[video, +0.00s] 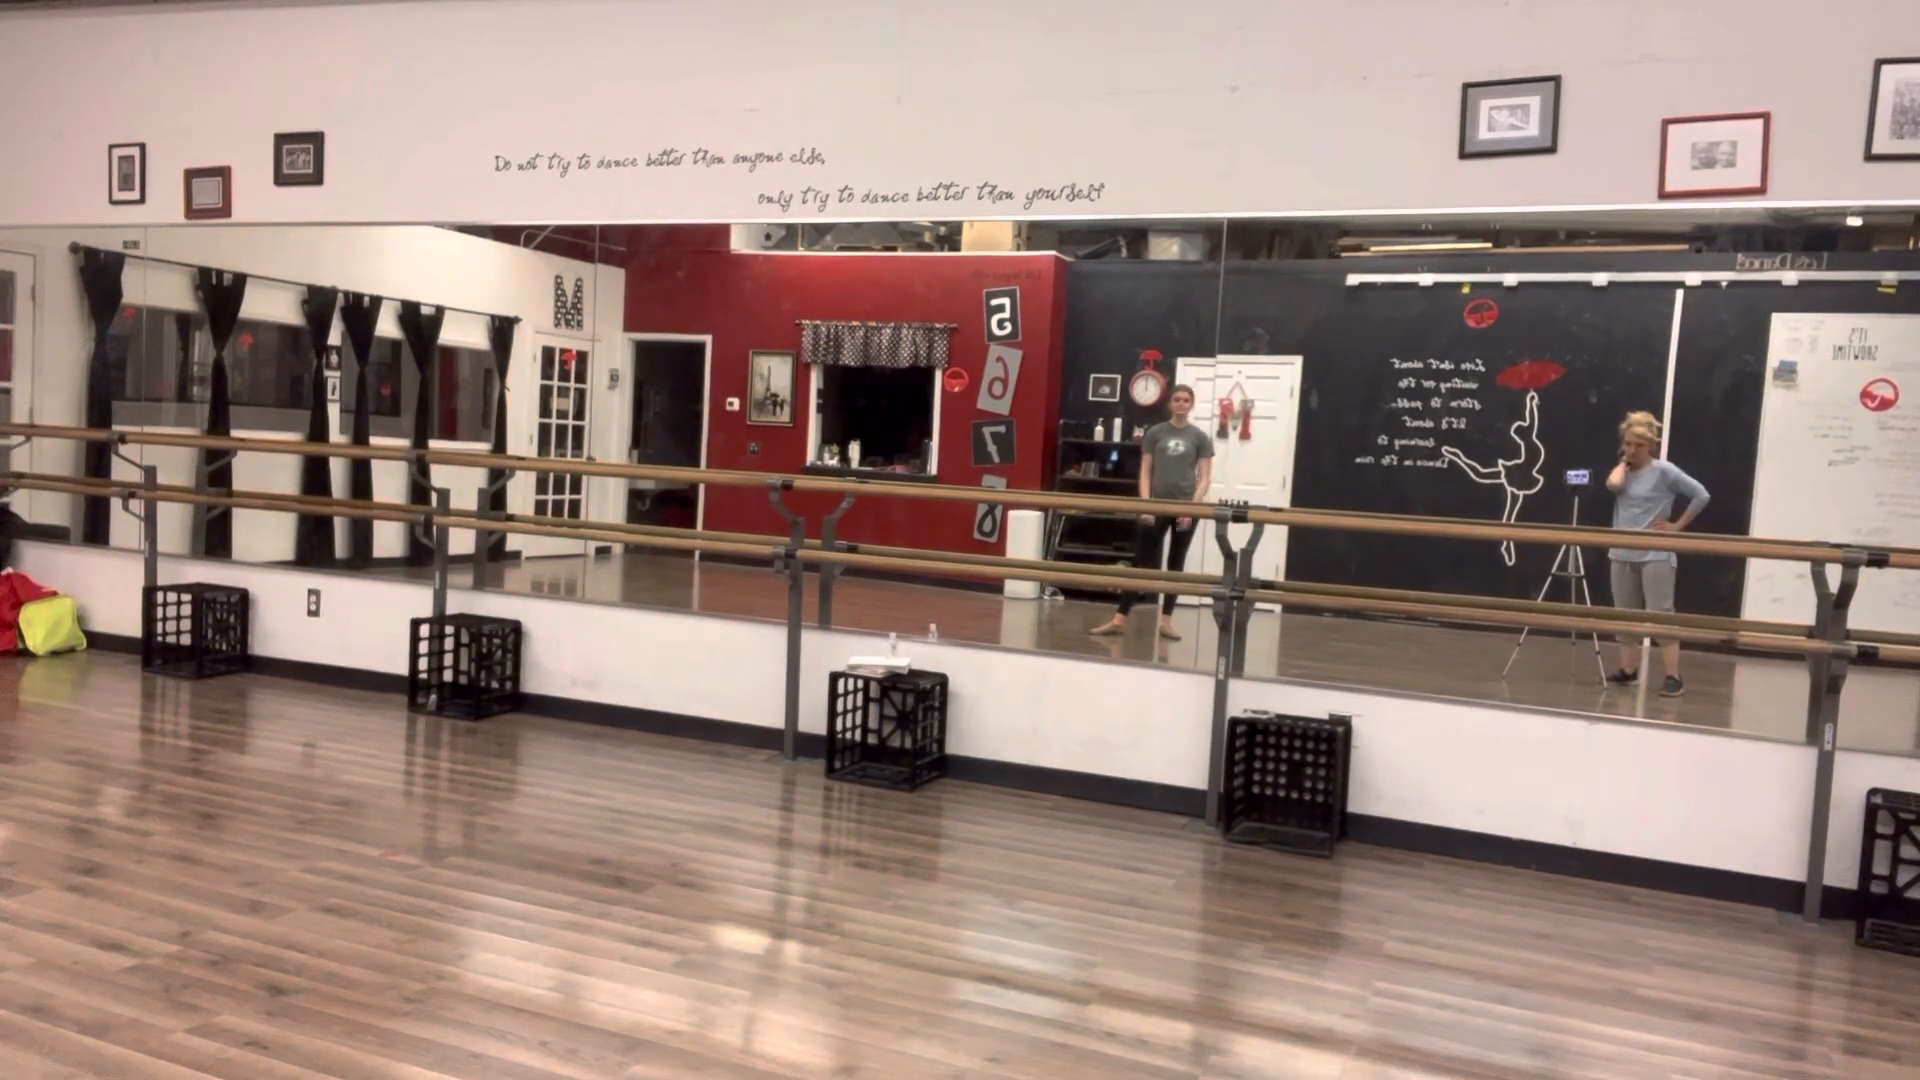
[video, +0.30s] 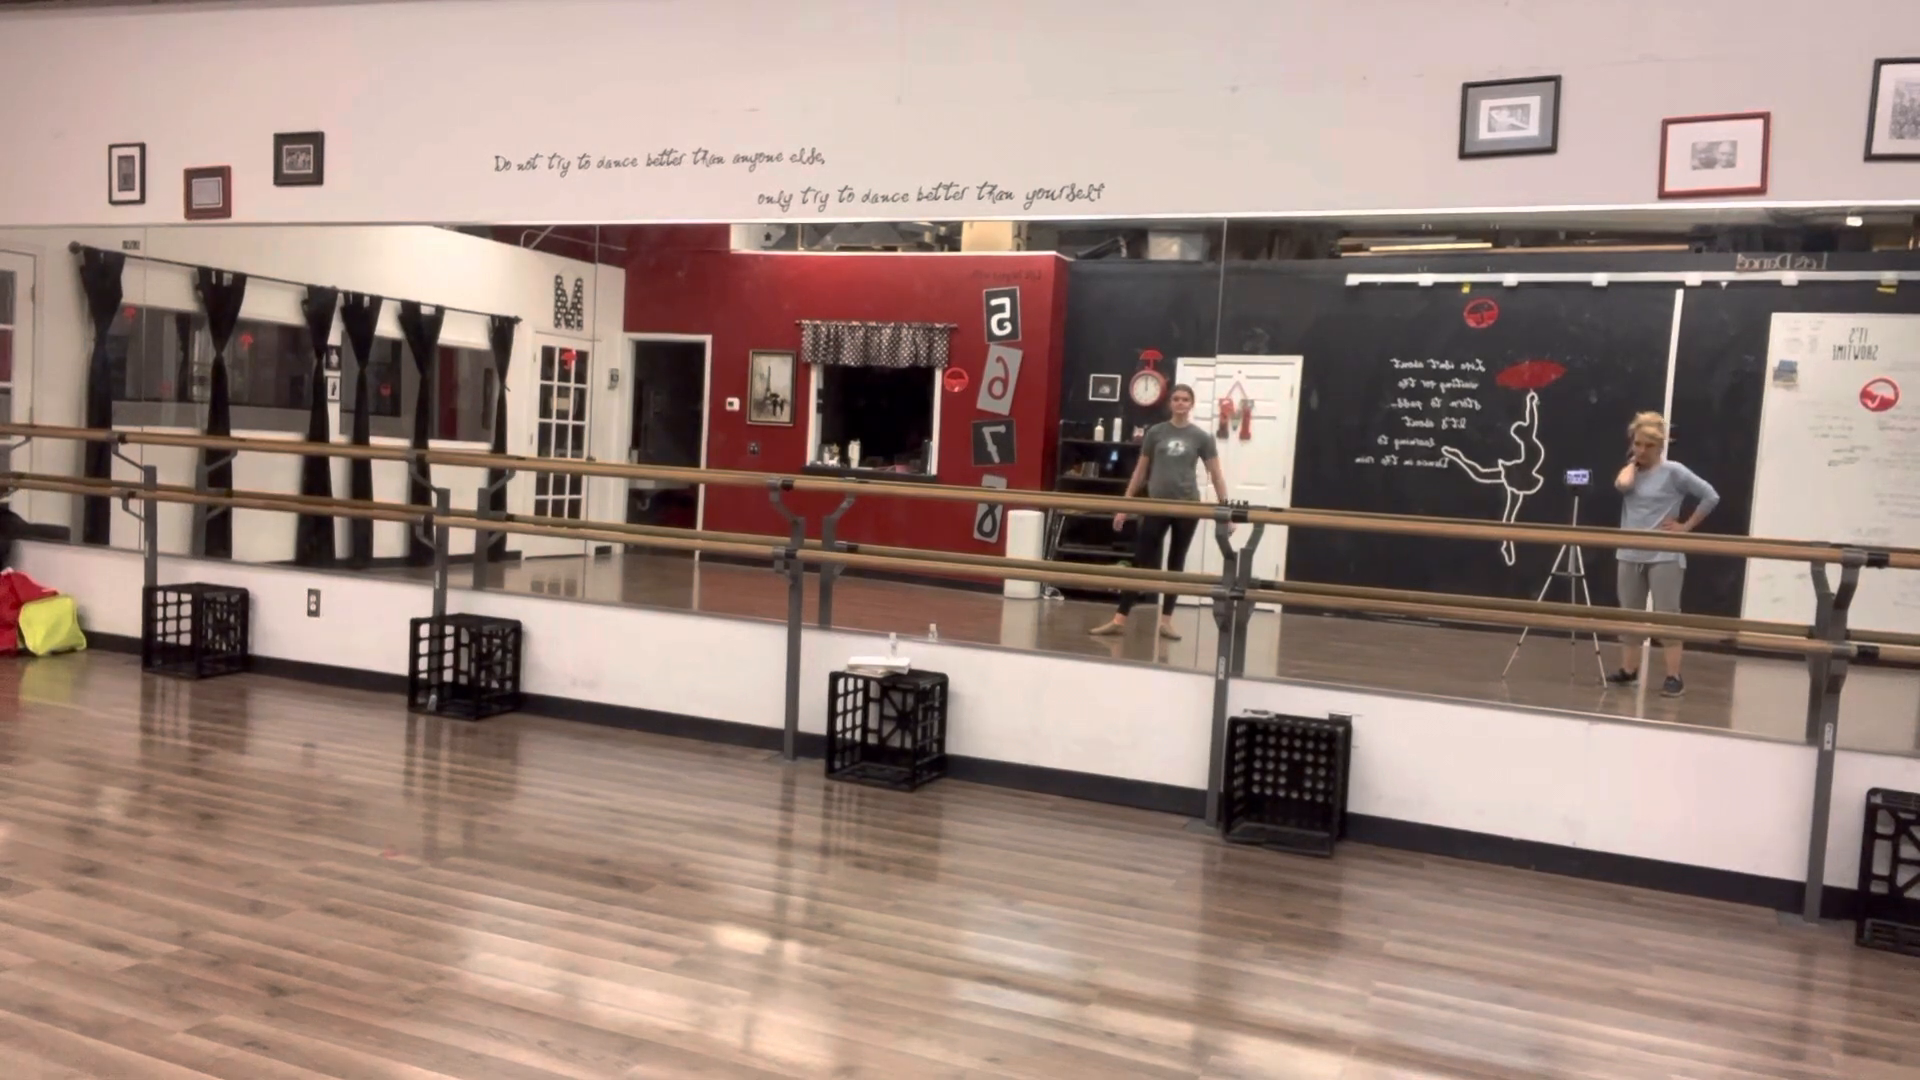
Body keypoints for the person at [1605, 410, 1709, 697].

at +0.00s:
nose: (1632, 450)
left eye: (1639, 445)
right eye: (1628, 444)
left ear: (1651, 446)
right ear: (1623, 445)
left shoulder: (1665, 471)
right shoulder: (1622, 470)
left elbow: (1701, 495)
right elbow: (1614, 484)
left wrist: (1677, 525)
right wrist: (1625, 460)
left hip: (1656, 554)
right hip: (1622, 553)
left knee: (1661, 615)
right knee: (1624, 615)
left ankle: (1672, 675)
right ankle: (1628, 669)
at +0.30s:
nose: (1642, 451)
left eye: (1649, 446)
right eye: (1638, 444)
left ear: (1660, 447)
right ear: (1632, 445)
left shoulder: (1674, 472)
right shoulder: (1629, 471)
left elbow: (1711, 497)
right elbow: (1623, 484)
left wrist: (1686, 526)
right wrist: (1634, 460)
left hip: (1664, 555)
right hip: (1629, 554)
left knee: (1667, 616)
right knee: (1629, 615)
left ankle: (1673, 676)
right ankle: (1628, 670)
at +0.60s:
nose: (1654, 451)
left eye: (1661, 445)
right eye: (1650, 444)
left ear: (1672, 447)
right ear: (1645, 446)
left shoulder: (1687, 472)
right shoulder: (1640, 472)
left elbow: (1725, 498)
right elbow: (1635, 487)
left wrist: (1700, 527)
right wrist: (1648, 460)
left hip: (1676, 556)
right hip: (1641, 554)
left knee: (1675, 617)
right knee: (1635, 613)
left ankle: (1674, 675)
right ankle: (1629, 670)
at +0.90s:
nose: (1658, 451)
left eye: (1665, 445)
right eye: (1655, 444)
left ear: (1677, 448)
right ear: (1650, 444)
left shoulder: (1690, 473)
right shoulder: (1646, 472)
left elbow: (1728, 499)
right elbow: (1637, 487)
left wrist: (1702, 528)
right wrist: (1652, 461)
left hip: (1679, 558)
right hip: (1644, 555)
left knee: (1678, 619)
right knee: (1638, 614)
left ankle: (1674, 676)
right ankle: (1629, 670)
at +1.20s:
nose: (1652, 450)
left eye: (1659, 444)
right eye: (1650, 443)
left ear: (1673, 447)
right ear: (1647, 444)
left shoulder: (1684, 473)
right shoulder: (1643, 472)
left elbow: (1721, 500)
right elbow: (1632, 486)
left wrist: (1696, 529)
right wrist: (1648, 460)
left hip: (1673, 557)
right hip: (1640, 555)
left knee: (1676, 619)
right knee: (1638, 615)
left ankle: (1674, 675)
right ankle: (1629, 670)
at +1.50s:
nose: (1643, 449)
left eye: (1650, 444)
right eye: (1641, 442)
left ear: (1665, 447)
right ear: (1639, 444)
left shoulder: (1676, 473)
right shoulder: (1637, 473)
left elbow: (1712, 499)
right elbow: (1627, 491)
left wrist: (1689, 528)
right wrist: (1638, 465)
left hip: (1668, 556)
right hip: (1636, 555)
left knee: (1671, 618)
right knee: (1637, 616)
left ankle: (1674, 677)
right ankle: (1629, 670)